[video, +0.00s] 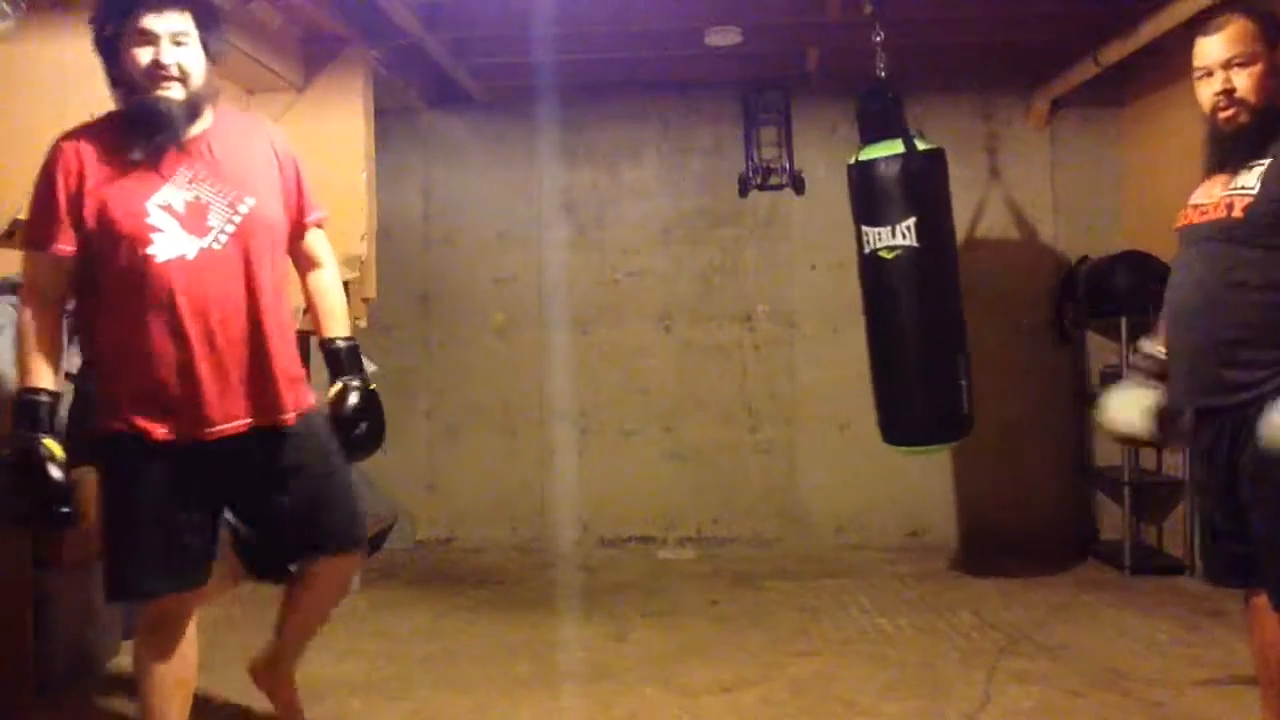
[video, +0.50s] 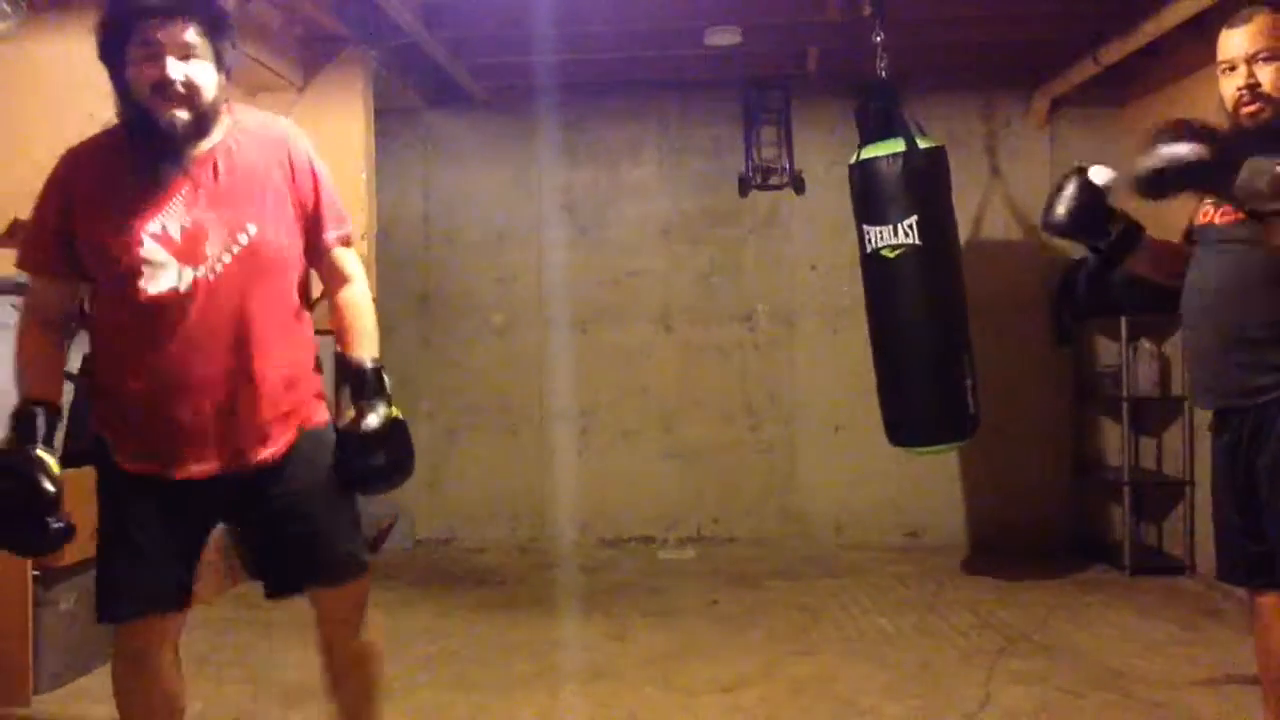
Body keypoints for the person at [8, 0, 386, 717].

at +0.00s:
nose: (165, 55)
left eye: (181, 40)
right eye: (145, 41)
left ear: (207, 54)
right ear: (113, 56)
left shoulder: (260, 142)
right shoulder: (80, 158)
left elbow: (316, 258)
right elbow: (43, 300)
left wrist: (349, 368)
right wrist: (39, 422)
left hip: (271, 408)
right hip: (148, 426)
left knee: (338, 545)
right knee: (167, 604)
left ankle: (280, 662)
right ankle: (163, 718)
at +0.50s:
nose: (170, 74)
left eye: (188, 53)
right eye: (149, 55)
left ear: (221, 62)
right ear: (120, 68)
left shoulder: (283, 152)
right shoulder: (83, 175)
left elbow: (345, 275)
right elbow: (47, 317)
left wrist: (369, 395)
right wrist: (33, 443)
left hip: (283, 439)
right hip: (148, 456)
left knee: (346, 598)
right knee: (142, 639)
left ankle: (363, 715)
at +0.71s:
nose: (229, 101)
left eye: (250, 81)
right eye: (208, 82)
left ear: (288, 88)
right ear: (180, 92)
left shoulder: (342, 176)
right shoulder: (145, 186)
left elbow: (407, 303)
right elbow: (96, 318)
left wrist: (423, 431)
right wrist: (82, 446)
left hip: (327, 460)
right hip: (191, 467)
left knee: (398, 622)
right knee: (158, 641)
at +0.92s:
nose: (334, 130)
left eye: (356, 111)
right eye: (312, 109)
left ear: (388, 121)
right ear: (279, 115)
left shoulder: (432, 203)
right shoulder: (233, 206)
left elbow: (499, 334)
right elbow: (177, 329)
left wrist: (503, 460)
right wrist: (153, 461)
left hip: (400, 459)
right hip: (259, 462)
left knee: (451, 617)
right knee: (198, 631)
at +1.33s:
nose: (423, 158)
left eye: (446, 140)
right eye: (402, 136)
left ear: (477, 153)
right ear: (369, 143)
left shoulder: (506, 243)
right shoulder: (298, 223)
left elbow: (533, 358)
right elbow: (226, 343)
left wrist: (507, 462)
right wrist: (245, 449)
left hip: (429, 468)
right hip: (290, 462)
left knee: (482, 617)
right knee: (212, 630)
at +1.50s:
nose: (387, 163)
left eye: (411, 145)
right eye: (365, 142)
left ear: (443, 158)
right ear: (333, 150)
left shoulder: (474, 244)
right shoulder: (272, 223)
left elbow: (522, 378)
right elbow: (228, 381)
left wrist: (480, 471)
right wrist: (344, 382)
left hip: (403, 466)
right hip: (260, 461)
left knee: (467, 616)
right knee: (183, 634)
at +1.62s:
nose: (353, 164)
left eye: (376, 144)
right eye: (332, 143)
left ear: (411, 155)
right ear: (301, 151)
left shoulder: (454, 237)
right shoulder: (253, 225)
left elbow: (501, 377)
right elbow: (235, 393)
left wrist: (450, 405)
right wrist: (341, 354)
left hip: (390, 460)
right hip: (245, 456)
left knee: (456, 619)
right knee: (161, 634)